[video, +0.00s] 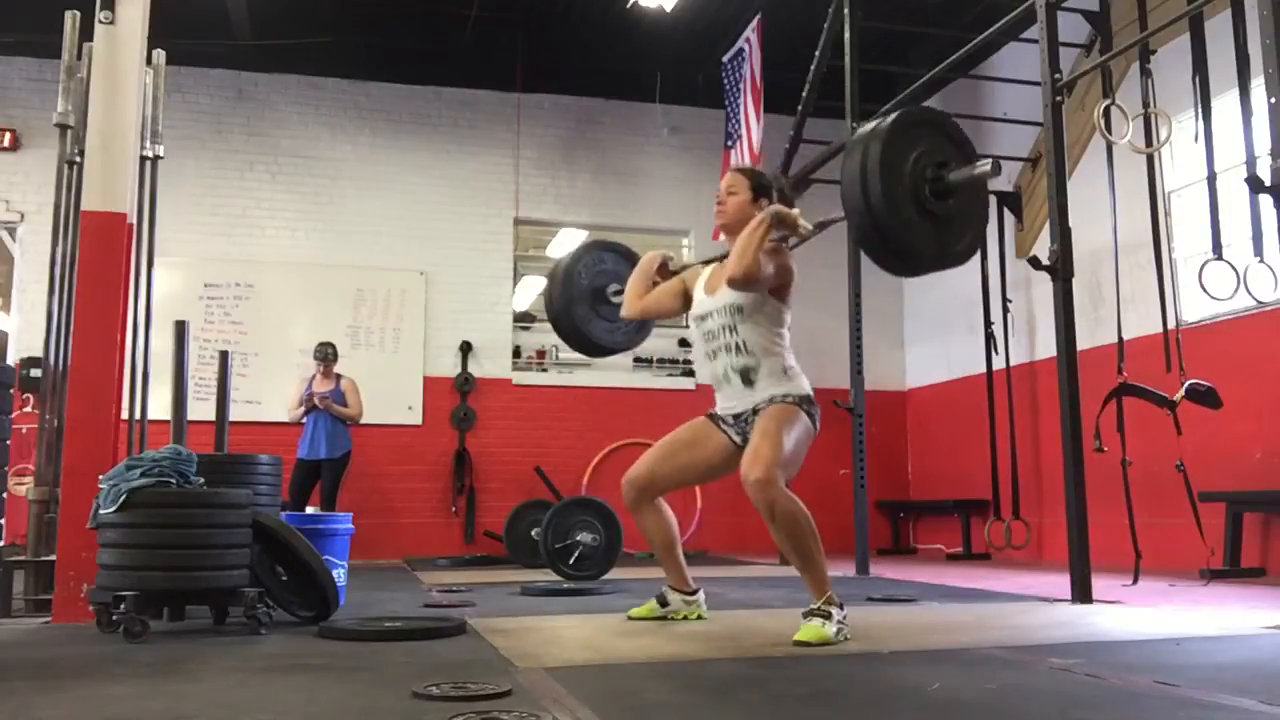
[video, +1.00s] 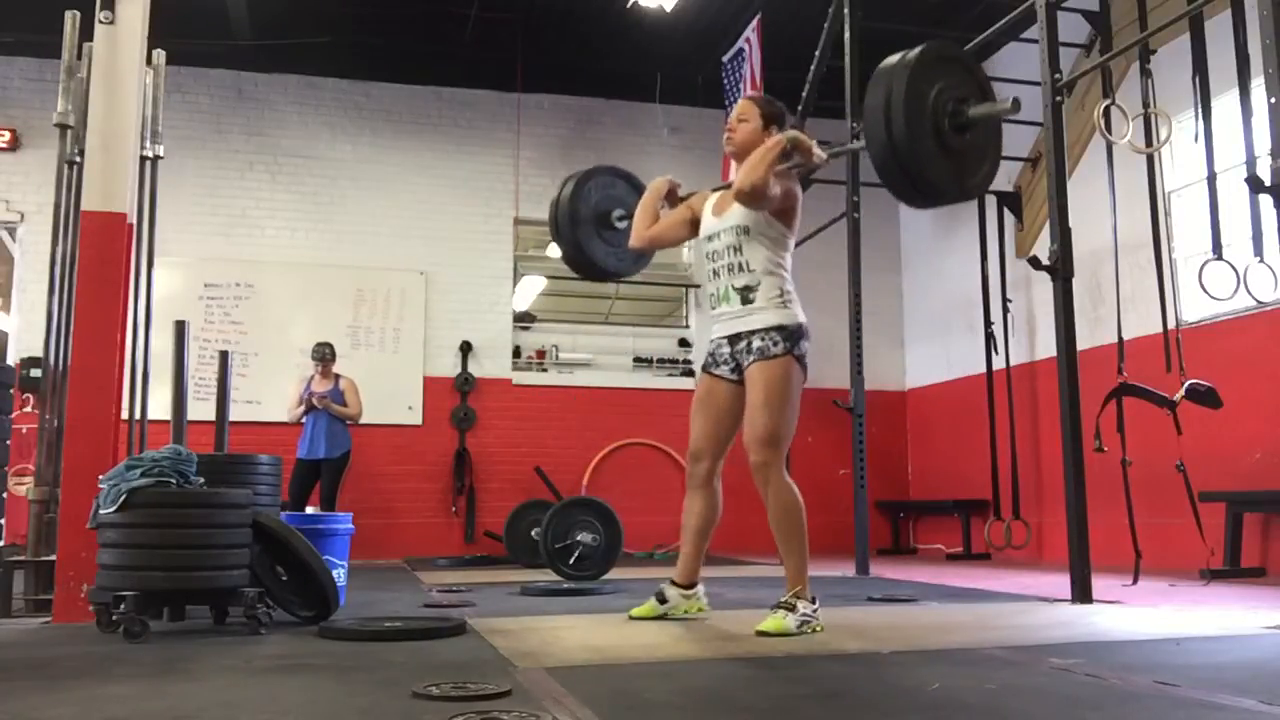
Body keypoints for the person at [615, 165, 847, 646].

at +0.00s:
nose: (719, 199)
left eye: (731, 192)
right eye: (719, 192)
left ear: (762, 207)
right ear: (720, 210)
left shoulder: (775, 262)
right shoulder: (697, 277)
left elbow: (740, 272)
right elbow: (633, 306)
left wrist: (768, 217)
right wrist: (652, 258)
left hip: (785, 404)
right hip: (729, 418)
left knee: (760, 478)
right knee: (637, 486)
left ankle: (826, 606)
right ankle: (683, 596)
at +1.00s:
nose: (729, 126)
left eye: (741, 119)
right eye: (729, 119)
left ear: (771, 139)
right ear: (729, 134)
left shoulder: (784, 192)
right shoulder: (705, 202)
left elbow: (745, 187)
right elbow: (642, 237)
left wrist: (782, 140)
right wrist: (660, 187)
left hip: (772, 335)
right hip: (721, 342)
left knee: (765, 458)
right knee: (700, 462)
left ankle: (800, 600)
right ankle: (685, 589)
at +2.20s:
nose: (744, 118)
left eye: (756, 113)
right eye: (744, 113)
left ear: (779, 134)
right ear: (740, 131)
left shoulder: (785, 183)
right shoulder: (713, 200)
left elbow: (818, 209)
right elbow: (663, 250)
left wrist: (810, 137)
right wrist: (652, 191)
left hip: (767, 333)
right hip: (714, 340)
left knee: (777, 460)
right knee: (709, 465)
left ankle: (803, 598)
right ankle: (721, 593)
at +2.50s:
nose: (752, 128)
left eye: (764, 123)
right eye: (750, 122)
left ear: (789, 139)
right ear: (746, 138)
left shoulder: (798, 175)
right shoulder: (726, 194)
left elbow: (855, 170)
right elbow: (677, 222)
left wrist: (830, 194)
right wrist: (663, 255)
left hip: (787, 333)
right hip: (735, 339)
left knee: (789, 459)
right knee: (719, 463)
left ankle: (804, 598)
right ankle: (722, 592)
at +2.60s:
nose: (725, 127)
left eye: (738, 121)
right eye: (726, 121)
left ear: (765, 136)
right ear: (725, 138)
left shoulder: (785, 181)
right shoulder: (712, 204)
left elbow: (846, 216)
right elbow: (680, 265)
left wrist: (820, 279)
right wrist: (667, 319)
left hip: (791, 339)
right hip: (739, 348)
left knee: (792, 462)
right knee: (720, 464)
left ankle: (804, 599)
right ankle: (722, 592)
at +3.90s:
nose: (727, 137)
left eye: (738, 129)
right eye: (725, 130)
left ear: (767, 139)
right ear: (724, 142)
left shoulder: (787, 188)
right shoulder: (714, 211)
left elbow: (806, 252)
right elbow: (689, 279)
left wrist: (808, 315)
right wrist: (668, 340)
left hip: (770, 338)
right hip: (716, 345)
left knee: (777, 459)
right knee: (716, 464)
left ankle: (808, 597)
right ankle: (722, 593)